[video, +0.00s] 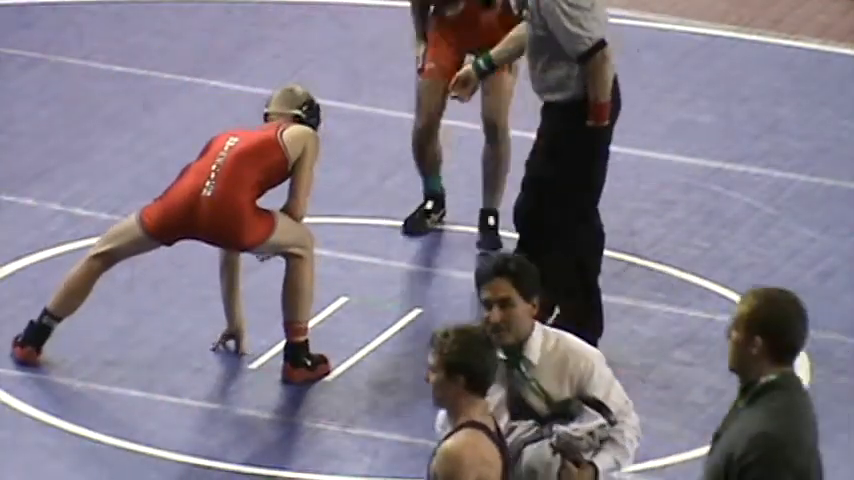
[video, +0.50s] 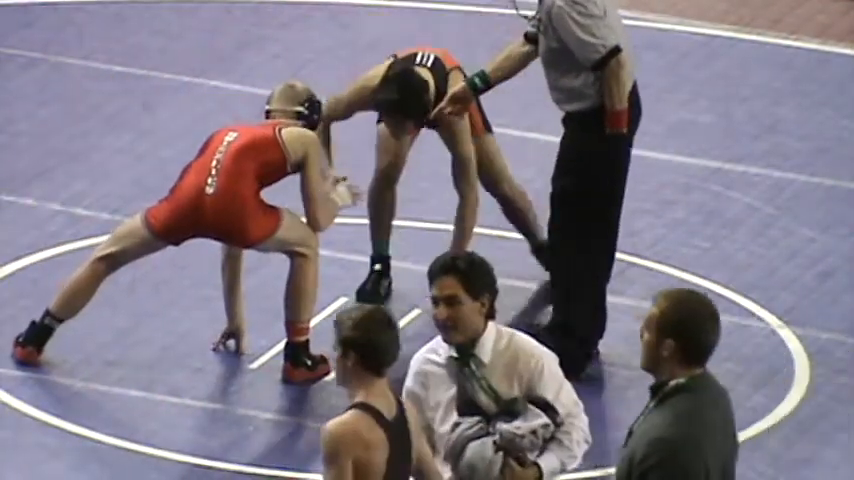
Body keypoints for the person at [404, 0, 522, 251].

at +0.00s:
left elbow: (530, 19)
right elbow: (420, 4)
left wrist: (485, 62)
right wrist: (421, 40)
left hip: (498, 24)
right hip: (446, 24)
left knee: (496, 126)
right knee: (424, 125)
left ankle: (489, 217)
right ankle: (433, 201)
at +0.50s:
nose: (393, 128)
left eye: (401, 121)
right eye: (390, 119)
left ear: (422, 110)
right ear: (383, 101)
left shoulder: (451, 105)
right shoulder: (370, 90)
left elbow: (468, 192)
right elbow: (322, 115)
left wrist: (456, 260)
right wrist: (326, 171)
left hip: (452, 88)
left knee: (500, 183)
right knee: (385, 175)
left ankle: (542, 248)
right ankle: (379, 268)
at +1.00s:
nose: (381, 135)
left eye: (388, 127)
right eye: (376, 126)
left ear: (409, 116)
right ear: (369, 116)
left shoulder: (451, 101)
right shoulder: (363, 117)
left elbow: (504, 117)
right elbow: (338, 168)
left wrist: (494, 181)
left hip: (462, 121)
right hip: (413, 128)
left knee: (526, 189)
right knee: (394, 186)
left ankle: (575, 250)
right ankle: (384, 271)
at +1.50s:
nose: (371, 121)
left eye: (378, 114)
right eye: (368, 113)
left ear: (401, 105)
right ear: (362, 104)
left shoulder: (449, 97)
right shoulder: (367, 106)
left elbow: (484, 157)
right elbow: (357, 160)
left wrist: (436, 164)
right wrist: (346, 213)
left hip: (474, 107)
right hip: (424, 116)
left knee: (535, 198)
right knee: (396, 185)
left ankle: (594, 258)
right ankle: (383, 268)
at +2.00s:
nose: (370, 130)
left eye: (378, 123)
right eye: (367, 121)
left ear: (402, 114)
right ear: (363, 110)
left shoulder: (449, 103)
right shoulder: (369, 114)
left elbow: (494, 153)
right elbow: (359, 164)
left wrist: (446, 174)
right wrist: (349, 219)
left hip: (479, 108)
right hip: (432, 117)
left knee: (536, 202)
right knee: (399, 185)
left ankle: (583, 266)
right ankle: (385, 269)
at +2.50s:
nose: (346, 96)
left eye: (354, 90)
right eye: (345, 87)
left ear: (379, 90)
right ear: (352, 86)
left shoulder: (414, 119)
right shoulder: (358, 98)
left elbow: (395, 204)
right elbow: (320, 140)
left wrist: (335, 212)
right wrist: (304, 175)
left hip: (473, 159)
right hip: (426, 157)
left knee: (530, 259)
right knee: (377, 206)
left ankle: (593, 257)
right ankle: (395, 271)